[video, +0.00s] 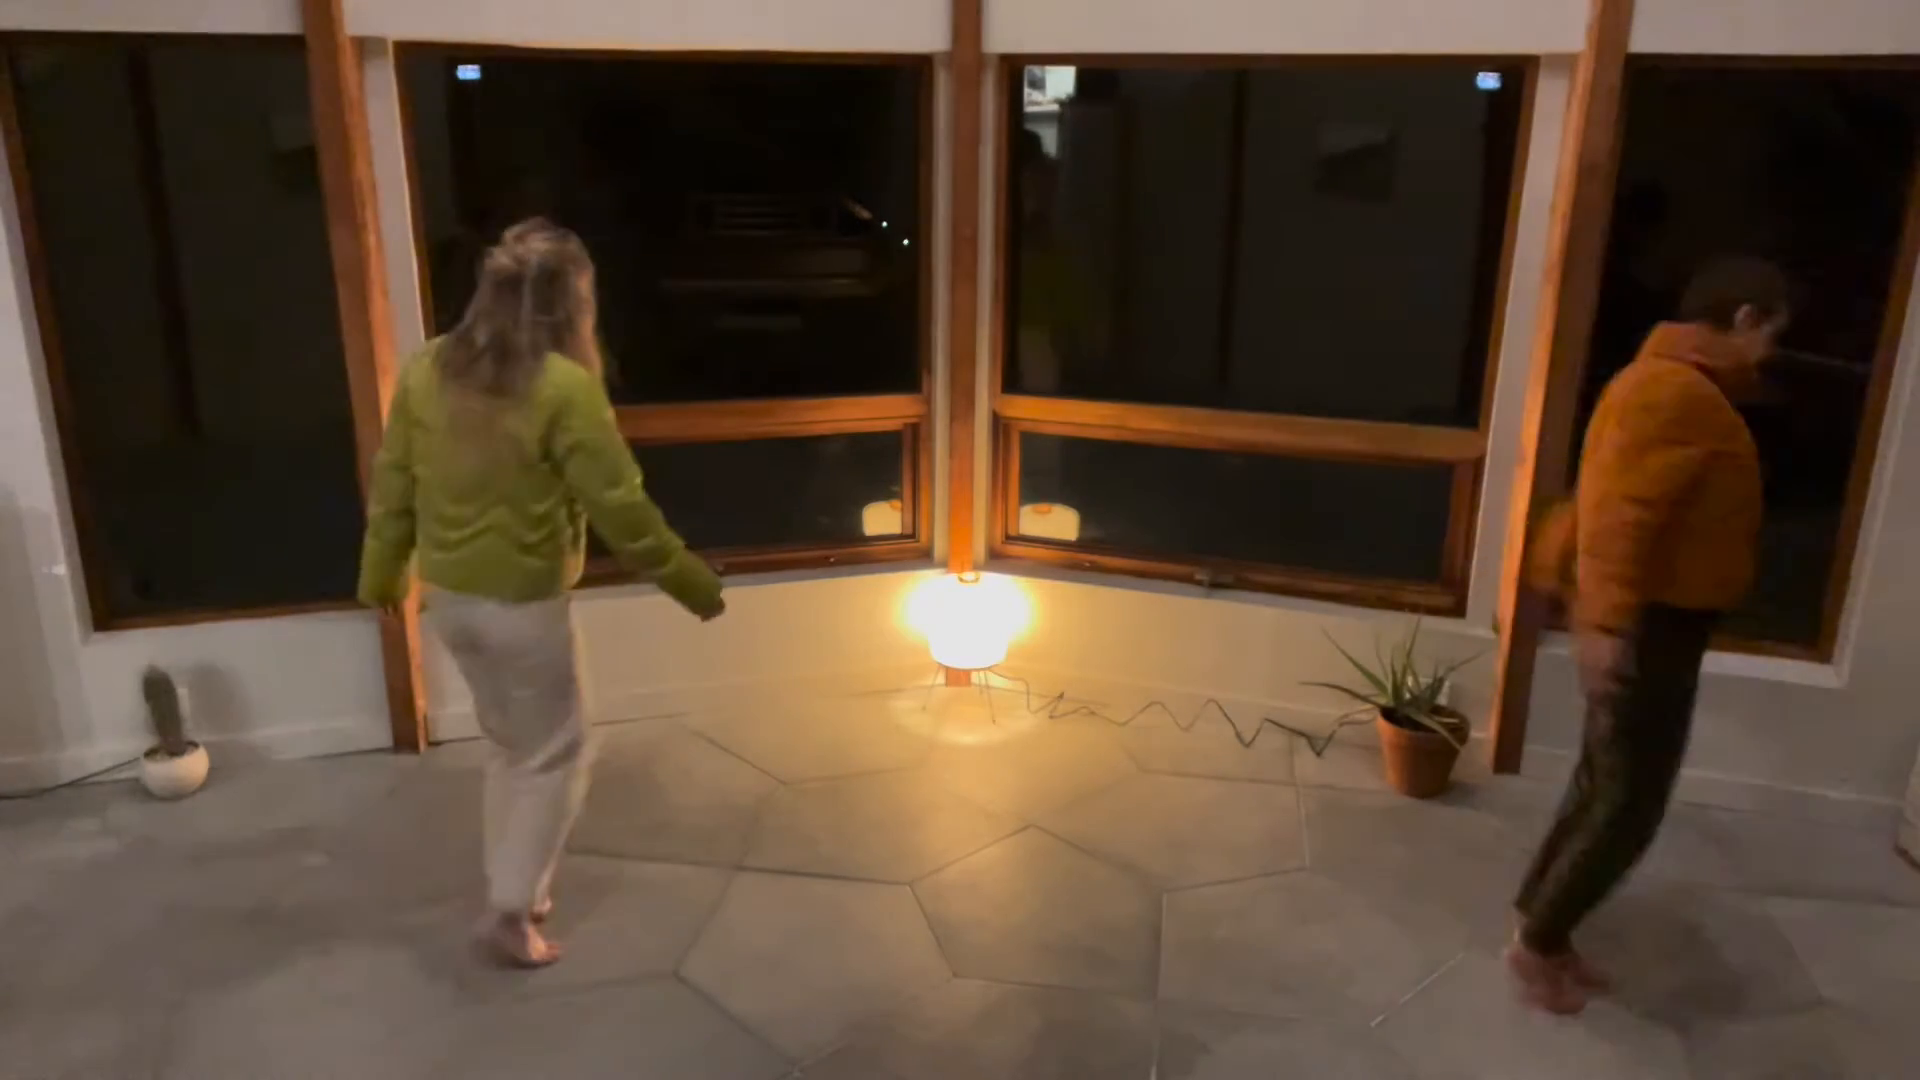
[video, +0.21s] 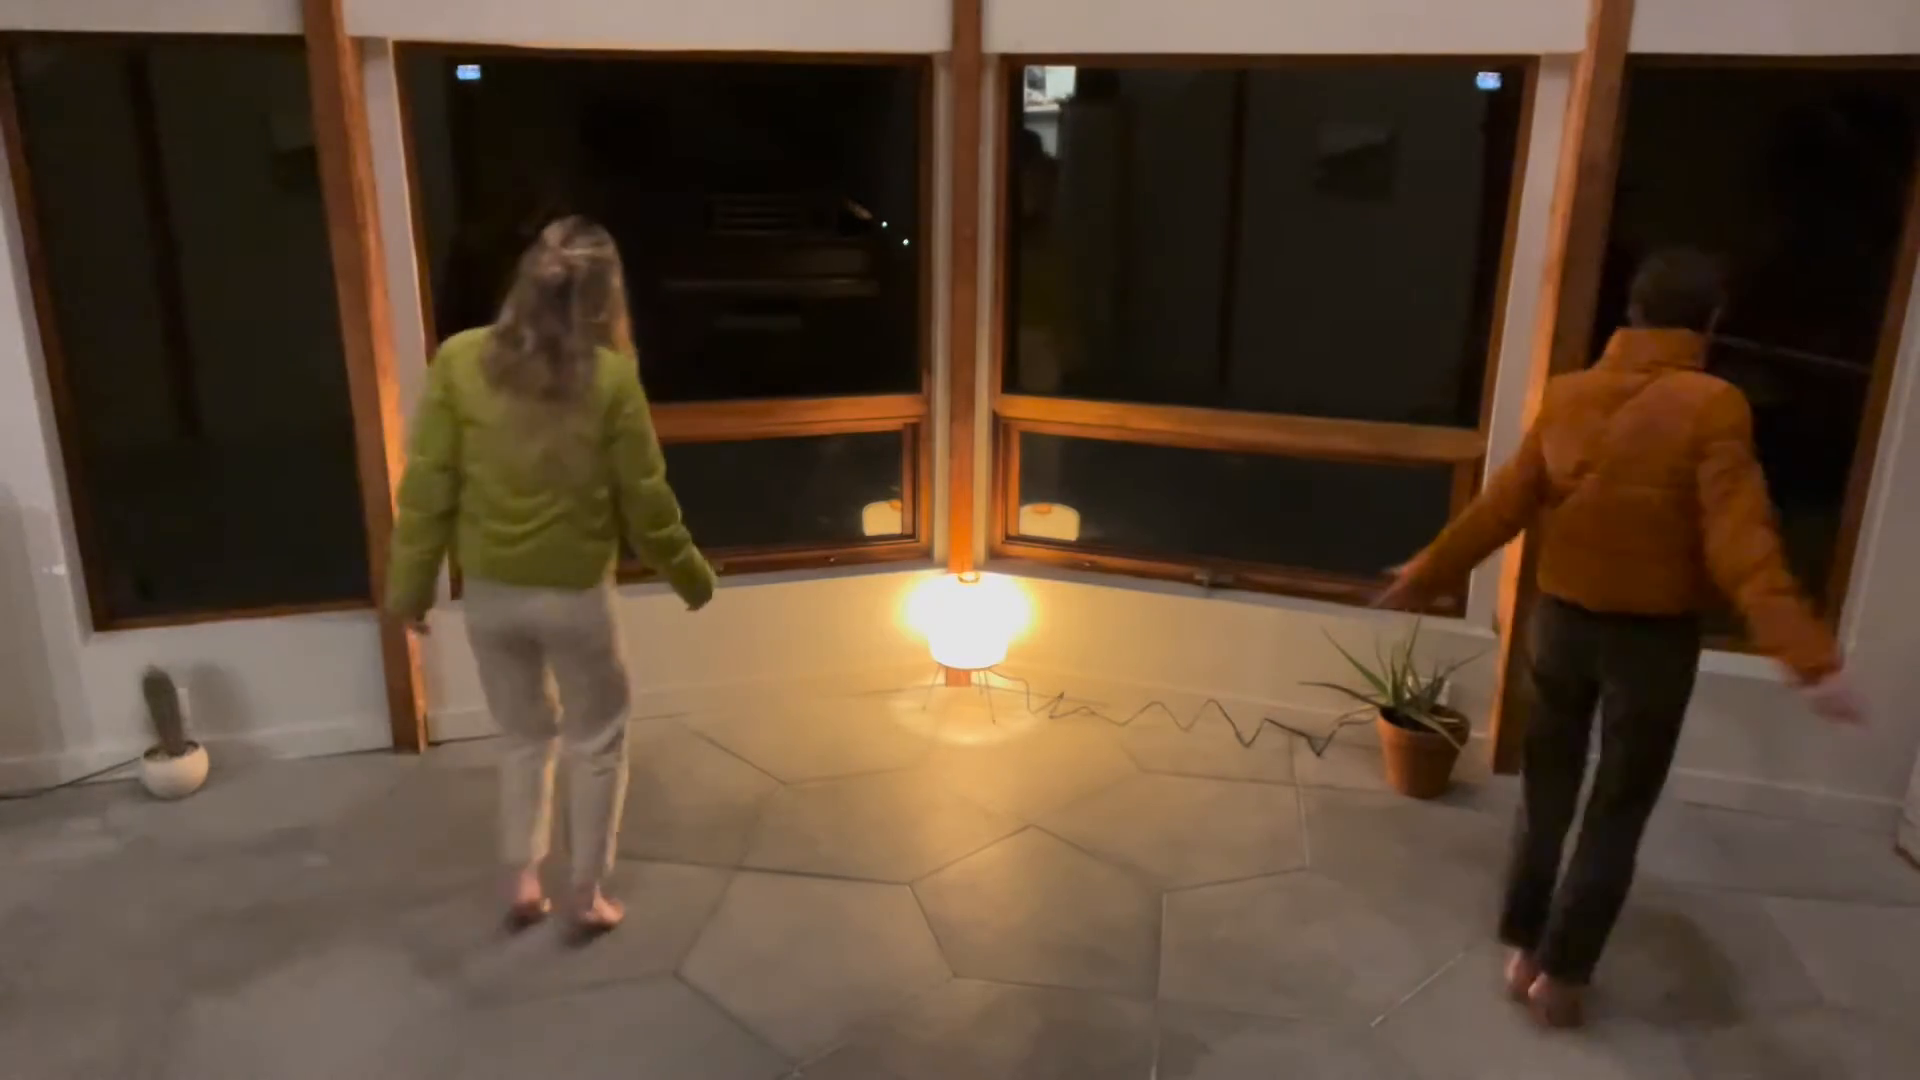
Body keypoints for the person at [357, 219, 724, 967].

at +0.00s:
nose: (592, 311)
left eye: (590, 298)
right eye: (587, 298)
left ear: (492, 292)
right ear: (565, 305)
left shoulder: (427, 368)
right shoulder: (565, 386)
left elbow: (393, 487)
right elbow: (619, 507)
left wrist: (378, 579)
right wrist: (693, 583)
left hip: (448, 601)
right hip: (523, 608)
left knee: (509, 747)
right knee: (554, 750)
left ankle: (513, 893)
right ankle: (513, 914)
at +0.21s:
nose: (619, 308)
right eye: (614, 294)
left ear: (524, 287)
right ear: (601, 300)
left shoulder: (459, 361)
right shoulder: (610, 375)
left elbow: (425, 489)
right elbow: (645, 498)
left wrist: (408, 593)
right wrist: (692, 577)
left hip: (489, 598)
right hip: (574, 600)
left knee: (521, 734)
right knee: (598, 730)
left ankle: (521, 878)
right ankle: (586, 893)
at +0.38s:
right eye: (634, 289)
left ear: (545, 281)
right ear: (626, 295)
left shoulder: (494, 356)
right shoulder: (635, 364)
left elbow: (465, 484)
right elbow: (663, 481)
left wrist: (436, 586)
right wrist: (686, 568)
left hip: (525, 589)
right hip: (607, 589)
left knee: (550, 734)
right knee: (609, 727)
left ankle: (575, 871)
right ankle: (594, 877)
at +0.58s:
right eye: (660, 284)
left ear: (579, 277)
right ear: (652, 289)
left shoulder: (532, 356)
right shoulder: (662, 360)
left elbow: (489, 471)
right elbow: (693, 475)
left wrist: (389, 528)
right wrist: (716, 553)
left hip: (555, 583)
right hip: (638, 582)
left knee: (563, 711)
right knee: (637, 716)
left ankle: (588, 849)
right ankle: (640, 860)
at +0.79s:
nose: (695, 297)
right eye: (691, 286)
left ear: (610, 272)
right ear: (681, 289)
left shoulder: (553, 344)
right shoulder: (682, 361)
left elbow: (452, 405)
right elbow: (718, 464)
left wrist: (374, 337)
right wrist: (774, 515)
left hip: (570, 569)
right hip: (651, 569)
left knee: (589, 712)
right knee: (657, 685)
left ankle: (605, 849)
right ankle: (656, 823)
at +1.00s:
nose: (715, 297)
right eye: (708, 284)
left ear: (631, 273)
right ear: (698, 291)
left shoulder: (564, 333)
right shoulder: (701, 356)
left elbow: (468, 343)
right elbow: (726, 462)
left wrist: (454, 246)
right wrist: (793, 501)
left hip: (584, 553)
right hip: (665, 555)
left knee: (596, 681)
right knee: (664, 686)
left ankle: (604, 806)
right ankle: (665, 821)